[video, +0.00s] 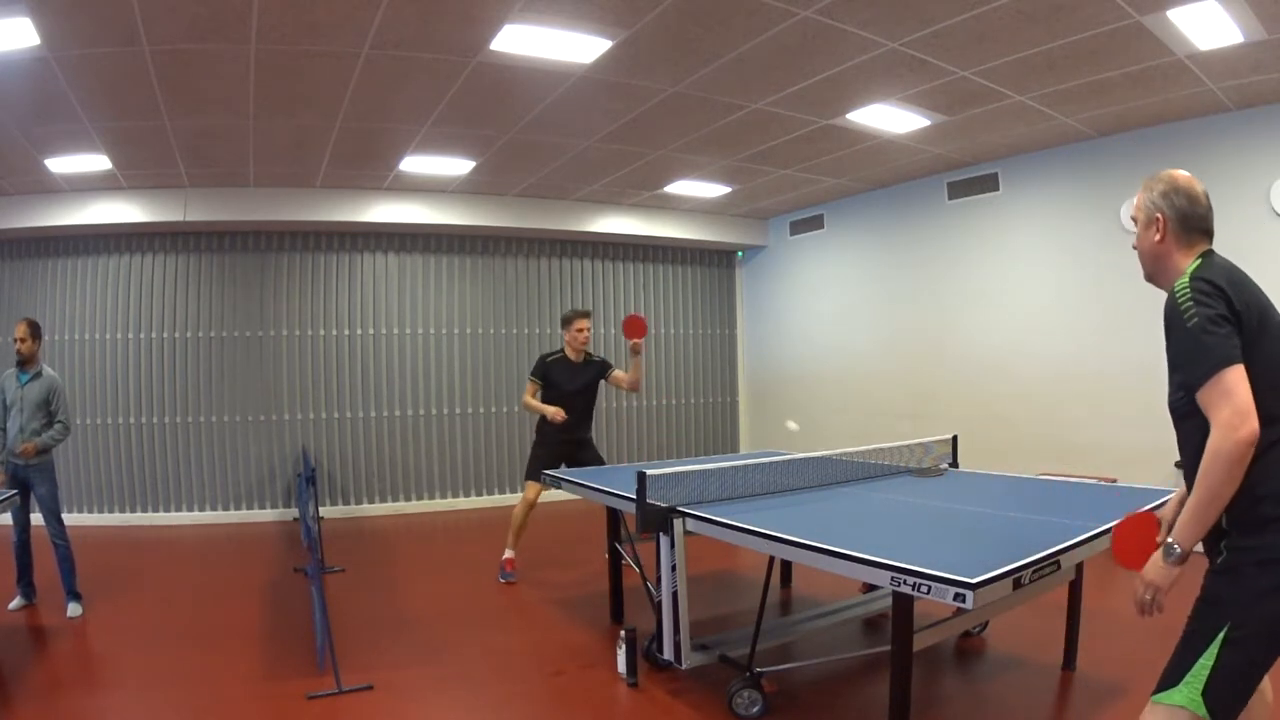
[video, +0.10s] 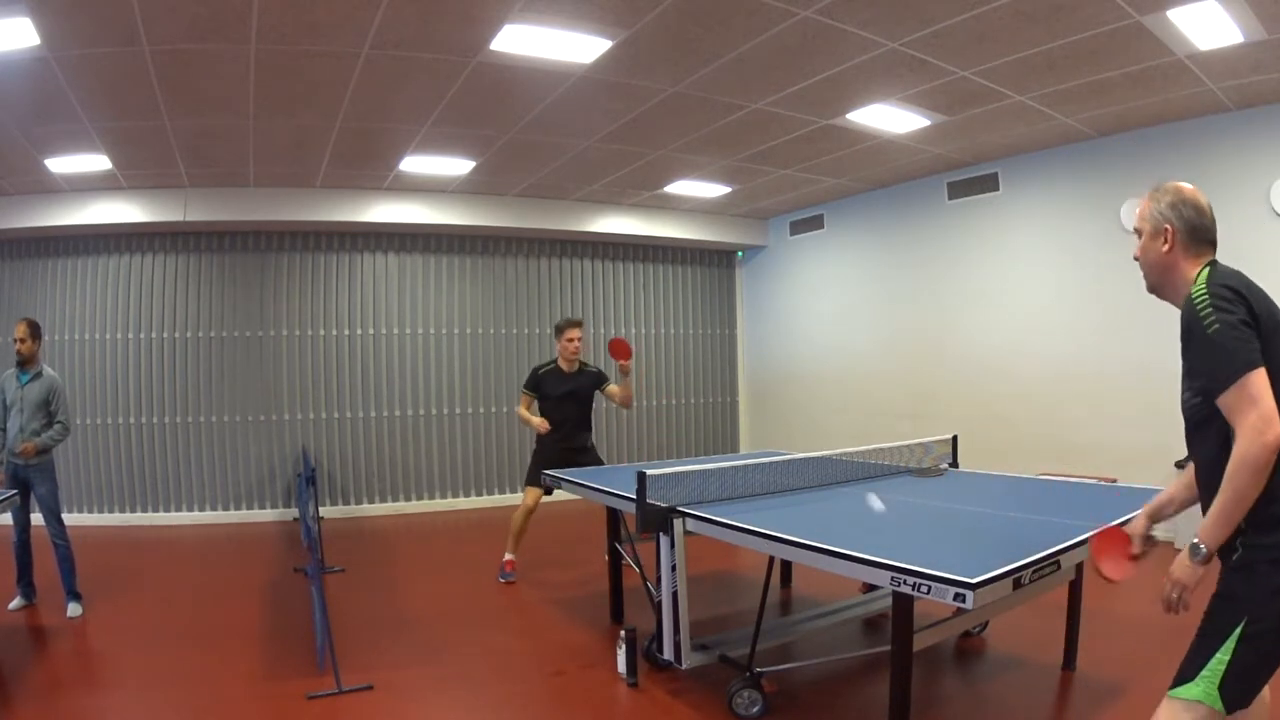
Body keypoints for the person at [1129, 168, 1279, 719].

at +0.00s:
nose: (1132, 243)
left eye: (1135, 226)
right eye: (1132, 227)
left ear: (1160, 228)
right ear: (1186, 226)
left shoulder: (1193, 293)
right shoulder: (1226, 282)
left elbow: (1237, 429)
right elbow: (1228, 427)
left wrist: (1171, 552)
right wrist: (1185, 502)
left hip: (1257, 554)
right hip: (1264, 546)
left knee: (1173, 711)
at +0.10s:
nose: (1133, 252)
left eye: (1139, 235)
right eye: (1134, 236)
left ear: (1166, 239)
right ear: (1176, 239)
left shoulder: (1209, 305)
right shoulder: (1224, 297)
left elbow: (1262, 433)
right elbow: (1227, 445)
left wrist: (1200, 550)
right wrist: (1154, 511)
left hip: (1265, 555)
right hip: (1264, 549)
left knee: (1185, 708)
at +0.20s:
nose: (1130, 245)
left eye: (1137, 227)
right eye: (1131, 229)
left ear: (1171, 232)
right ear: (1172, 233)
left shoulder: (1226, 296)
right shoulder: (1200, 324)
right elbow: (1160, 449)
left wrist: (1227, 542)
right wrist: (1079, 477)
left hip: (1268, 550)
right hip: (1257, 548)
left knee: (1199, 708)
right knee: (1215, 705)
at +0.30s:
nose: (1125, 229)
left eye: (1133, 213)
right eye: (1126, 214)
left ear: (1170, 219)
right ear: (1167, 222)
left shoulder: (1231, 284)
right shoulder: (1182, 324)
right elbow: (1118, 418)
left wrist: (1254, 536)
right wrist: (1027, 428)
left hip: (1270, 549)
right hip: (1252, 550)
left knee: (1206, 709)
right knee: (1229, 706)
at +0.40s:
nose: (1118, 222)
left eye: (1125, 204)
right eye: (1120, 206)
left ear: (1160, 211)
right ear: (1160, 213)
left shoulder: (1228, 283)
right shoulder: (1175, 315)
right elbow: (1107, 401)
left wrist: (1267, 545)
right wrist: (1024, 399)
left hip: (1264, 561)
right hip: (1243, 558)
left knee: (1204, 713)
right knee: (1224, 711)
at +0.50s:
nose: (1109, 218)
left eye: (1116, 199)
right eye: (1111, 200)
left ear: (1149, 205)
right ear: (1153, 206)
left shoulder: (1212, 282)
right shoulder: (1183, 299)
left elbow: (1278, 405)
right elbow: (1136, 410)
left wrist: (1259, 558)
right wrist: (1051, 402)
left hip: (1257, 561)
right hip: (1240, 555)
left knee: (1194, 712)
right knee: (1209, 709)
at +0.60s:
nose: (1111, 215)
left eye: (1115, 196)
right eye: (1111, 198)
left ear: (1147, 200)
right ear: (1155, 200)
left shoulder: (1200, 271)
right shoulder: (1202, 271)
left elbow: (1273, 401)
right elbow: (1195, 421)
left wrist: (1236, 560)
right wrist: (1094, 431)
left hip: (1260, 564)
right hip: (1259, 560)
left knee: (1191, 712)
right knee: (1203, 710)